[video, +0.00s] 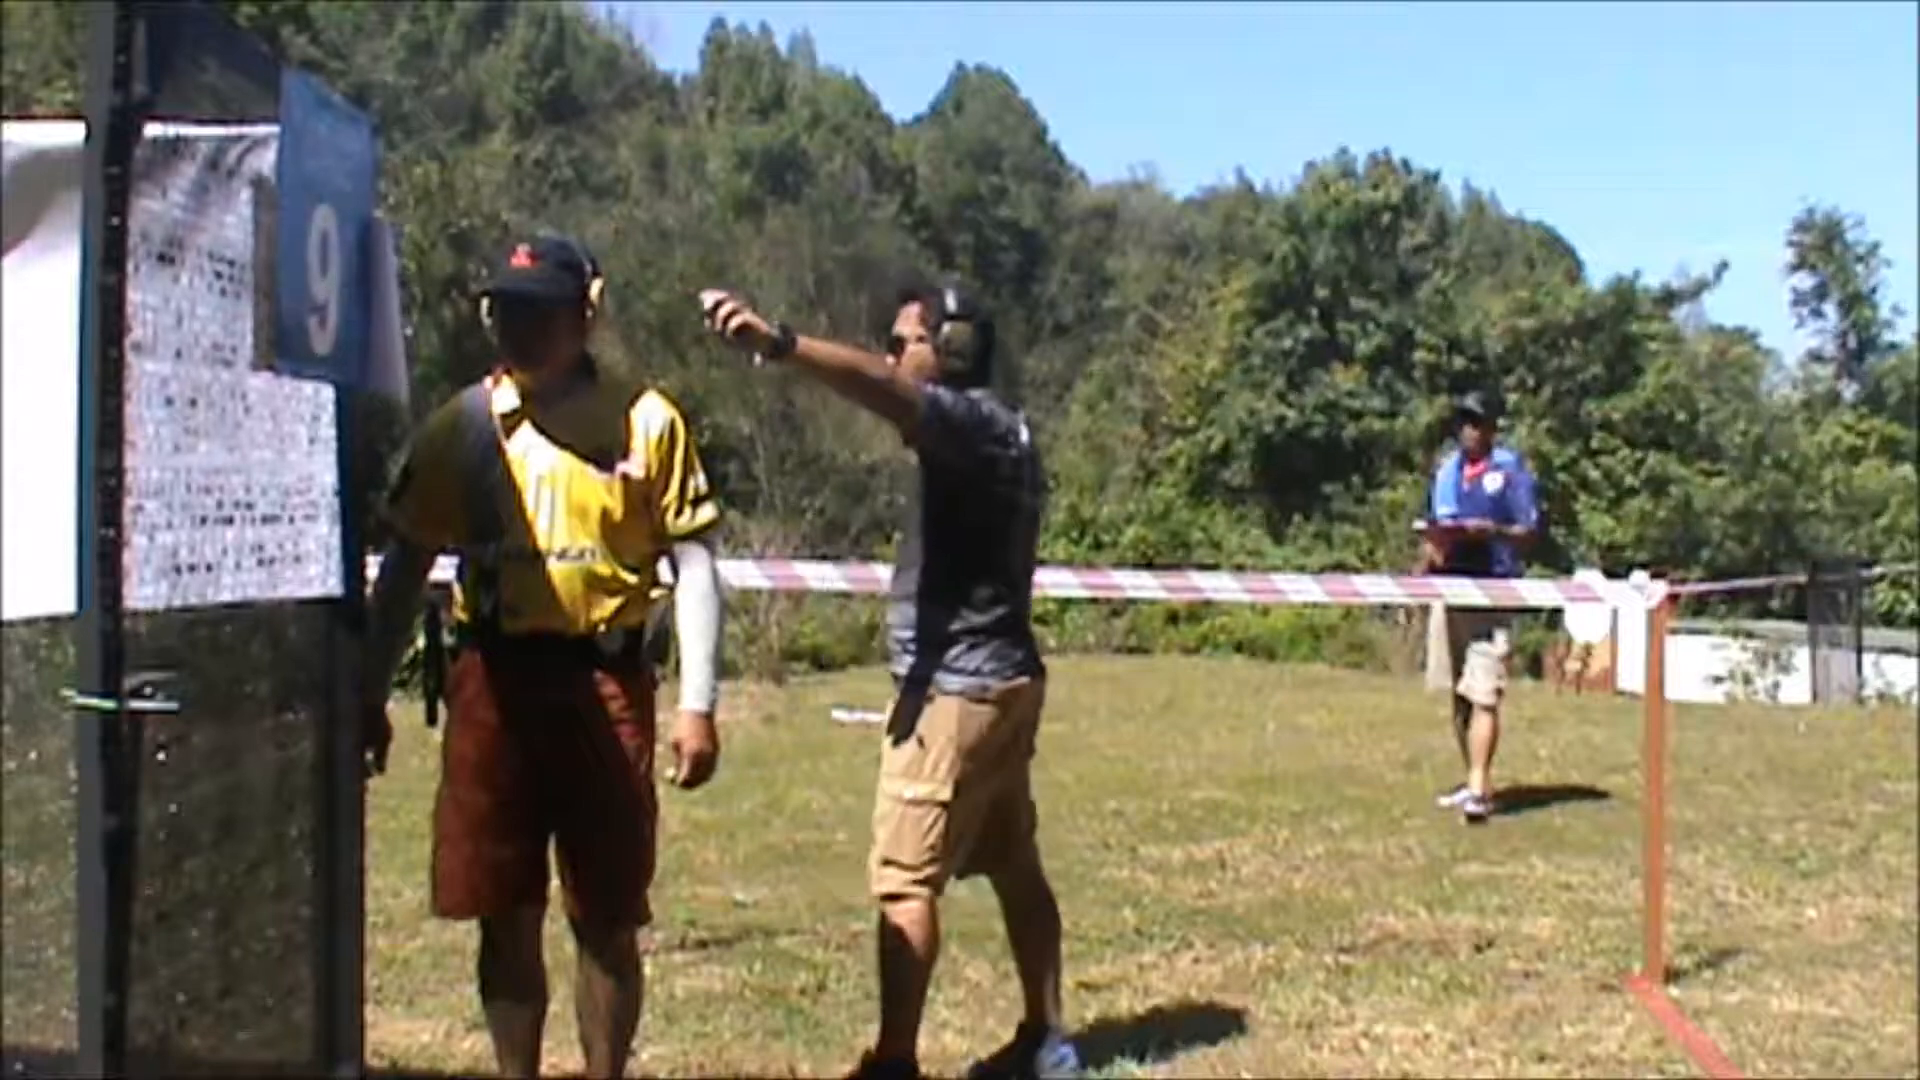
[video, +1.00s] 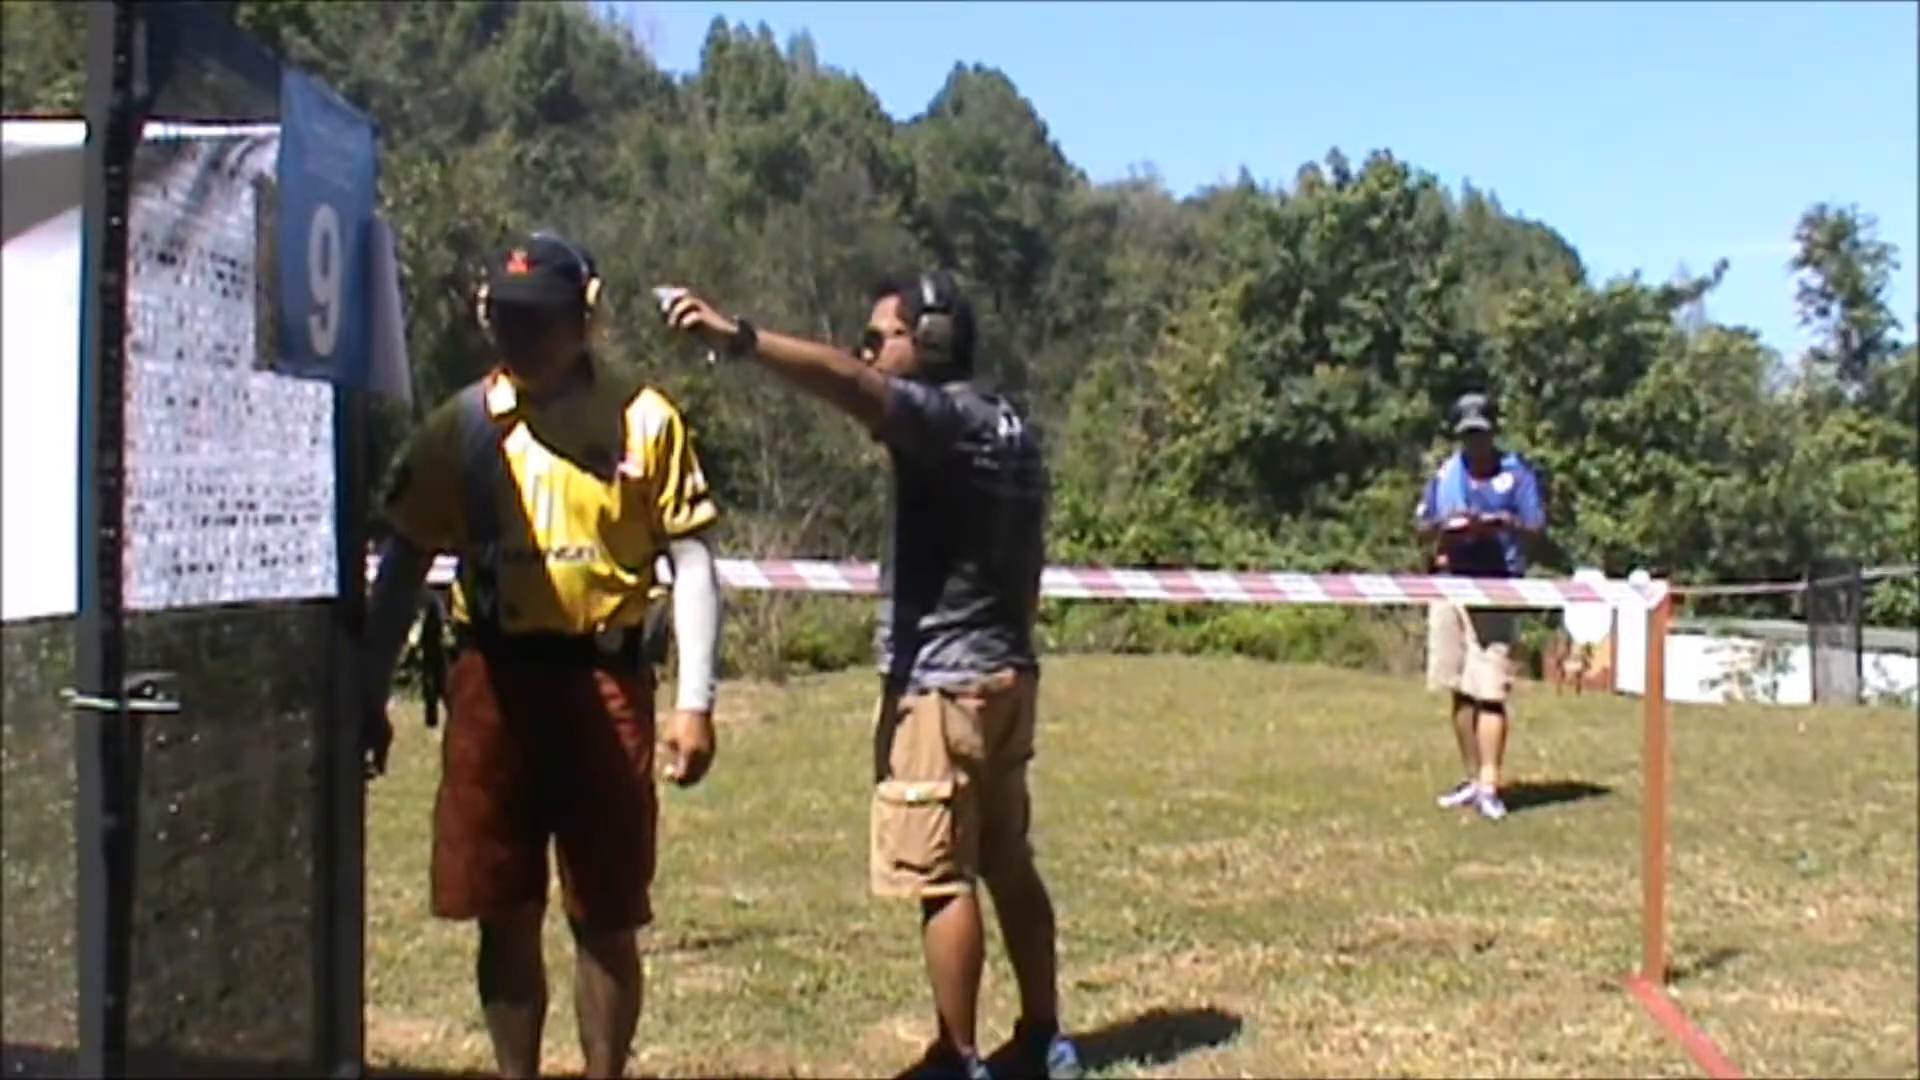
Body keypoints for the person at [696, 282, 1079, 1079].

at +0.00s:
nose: (893, 357)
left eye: (906, 345)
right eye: (896, 343)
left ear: (947, 352)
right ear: (967, 354)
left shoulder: (964, 421)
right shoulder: (1010, 430)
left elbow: (878, 382)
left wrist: (780, 341)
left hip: (959, 678)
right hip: (1006, 674)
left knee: (905, 877)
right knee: (1016, 867)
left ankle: (893, 1054)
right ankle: (1045, 1034)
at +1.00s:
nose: (869, 353)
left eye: (882, 339)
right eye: (870, 338)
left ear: (931, 343)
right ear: (952, 345)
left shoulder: (938, 414)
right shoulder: (1014, 425)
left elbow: (852, 382)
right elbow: (1021, 566)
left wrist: (738, 336)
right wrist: (1006, 648)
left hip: (944, 676)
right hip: (1008, 671)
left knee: (942, 877)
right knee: (1008, 861)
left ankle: (955, 1054)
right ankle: (1043, 1033)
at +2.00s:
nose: (855, 357)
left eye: (868, 342)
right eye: (856, 341)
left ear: (919, 344)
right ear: (937, 347)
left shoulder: (932, 414)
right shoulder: (1001, 421)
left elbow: (842, 379)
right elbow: (1014, 560)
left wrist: (734, 335)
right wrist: (993, 643)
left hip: (941, 676)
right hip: (996, 670)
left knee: (939, 876)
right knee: (994, 865)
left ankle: (953, 1054)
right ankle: (1038, 1029)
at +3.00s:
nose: (867, 360)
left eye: (876, 344)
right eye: (864, 344)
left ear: (921, 340)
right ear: (947, 342)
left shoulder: (932, 410)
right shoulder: (1013, 418)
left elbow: (852, 382)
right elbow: (1040, 549)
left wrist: (732, 338)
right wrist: (1024, 641)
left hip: (955, 677)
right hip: (1015, 670)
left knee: (945, 876)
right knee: (1002, 868)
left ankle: (953, 1054)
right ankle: (1036, 1027)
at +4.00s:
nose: (1240, 399)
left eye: (1251, 384)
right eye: (1236, 387)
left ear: (1285, 377)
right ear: (1251, 384)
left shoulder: (1332, 455)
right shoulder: (1281, 471)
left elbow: (1265, 405)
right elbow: (1280, 591)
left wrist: (1188, 356)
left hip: (1321, 689)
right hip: (1267, 685)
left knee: (1299, 871)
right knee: (1223, 848)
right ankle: (1232, 1014)